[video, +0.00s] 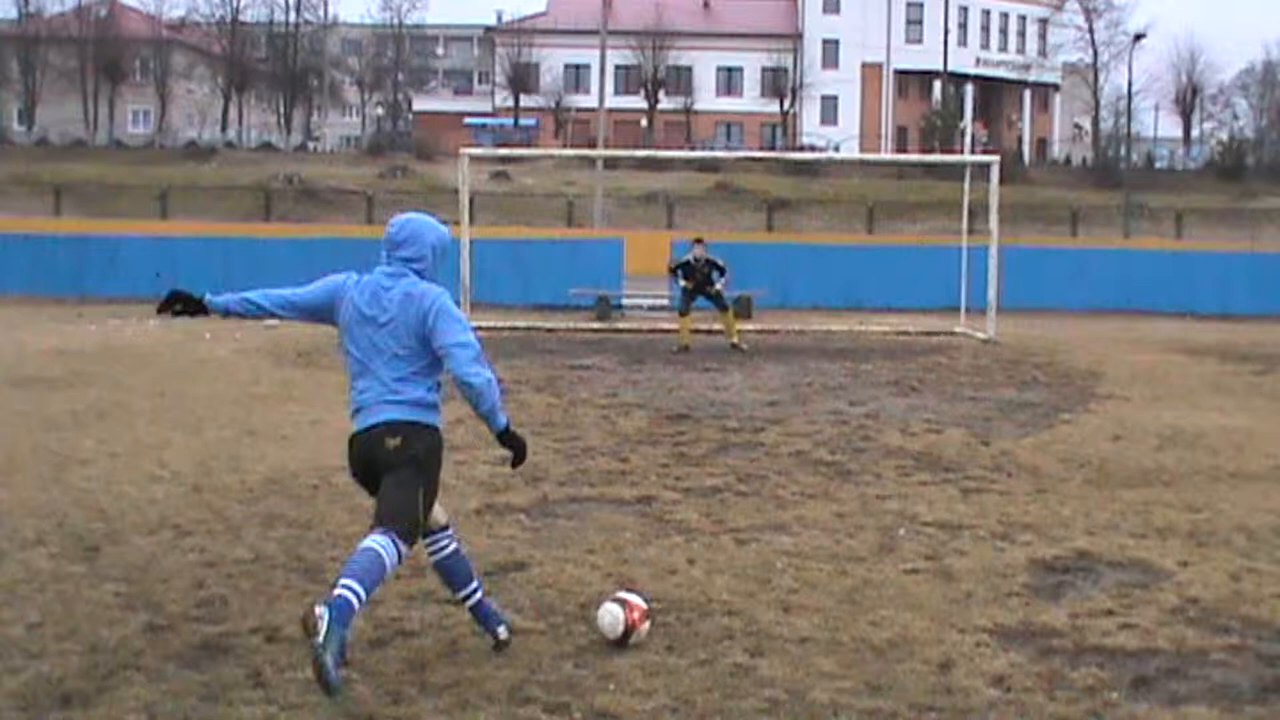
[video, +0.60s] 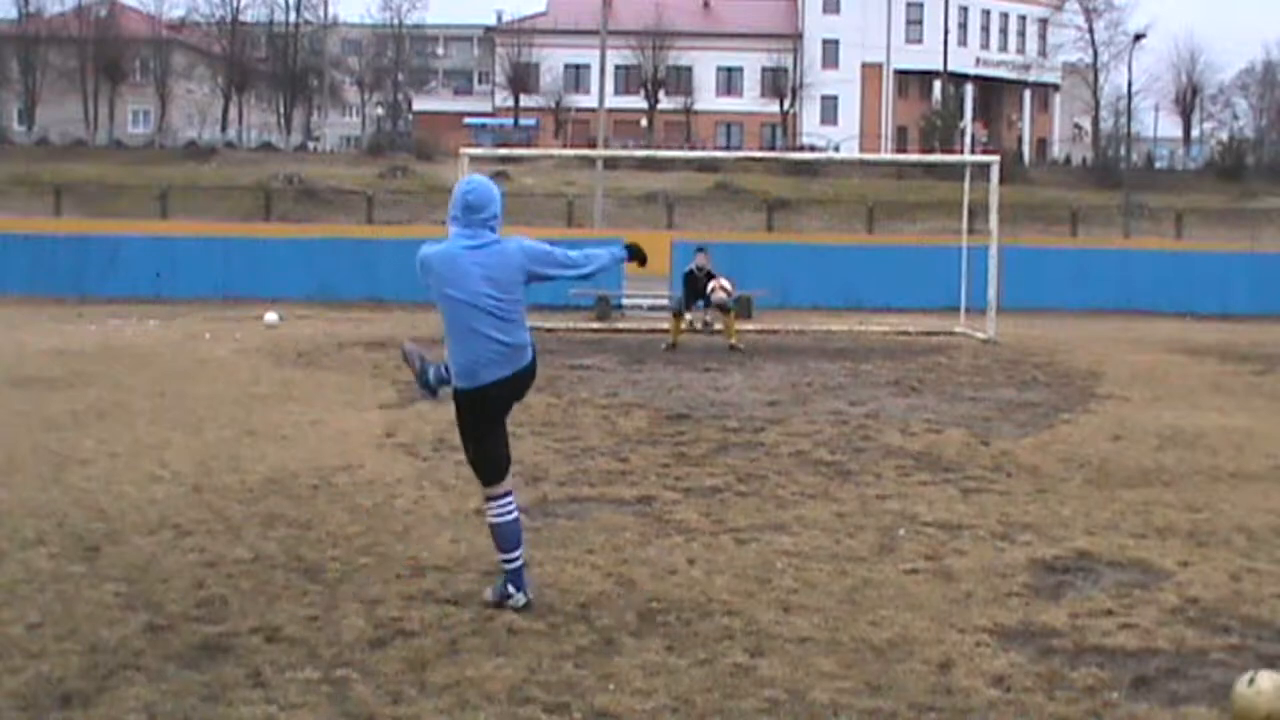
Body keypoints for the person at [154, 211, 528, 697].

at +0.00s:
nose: (440, 263)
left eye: (438, 255)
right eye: (439, 256)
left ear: (390, 249)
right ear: (428, 256)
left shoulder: (351, 289)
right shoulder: (432, 299)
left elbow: (280, 301)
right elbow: (467, 367)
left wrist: (209, 303)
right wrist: (502, 427)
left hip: (363, 442)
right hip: (414, 437)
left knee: (432, 523)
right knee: (393, 536)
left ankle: (490, 620)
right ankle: (336, 614)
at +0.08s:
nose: (461, 274)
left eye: (459, 265)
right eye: (459, 266)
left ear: (410, 264)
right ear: (449, 270)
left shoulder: (372, 309)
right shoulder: (457, 317)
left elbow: (309, 351)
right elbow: (477, 392)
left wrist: (249, 385)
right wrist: (501, 453)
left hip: (416, 456)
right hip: (461, 443)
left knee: (480, 542)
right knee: (475, 532)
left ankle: (529, 615)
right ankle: (393, 524)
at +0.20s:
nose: (477, 266)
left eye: (473, 259)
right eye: (475, 260)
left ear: (426, 261)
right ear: (468, 262)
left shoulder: (398, 320)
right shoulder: (479, 309)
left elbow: (398, 396)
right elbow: (494, 380)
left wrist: (406, 450)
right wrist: (505, 438)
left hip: (448, 450)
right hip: (499, 439)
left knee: (503, 523)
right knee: (564, 509)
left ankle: (543, 613)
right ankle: (571, 597)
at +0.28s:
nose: (486, 243)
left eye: (484, 237)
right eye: (484, 237)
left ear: (434, 240)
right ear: (476, 239)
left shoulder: (412, 294)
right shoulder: (490, 282)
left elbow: (443, 352)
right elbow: (527, 345)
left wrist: (503, 367)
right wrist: (564, 394)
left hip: (449, 426)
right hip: (499, 412)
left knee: (500, 511)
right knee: (549, 478)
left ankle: (540, 609)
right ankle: (602, 504)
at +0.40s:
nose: (506, 222)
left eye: (503, 215)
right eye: (502, 215)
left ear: (454, 217)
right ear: (492, 218)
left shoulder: (427, 260)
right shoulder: (503, 258)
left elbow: (484, 273)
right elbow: (567, 293)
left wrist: (541, 257)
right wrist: (634, 310)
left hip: (452, 393)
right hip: (504, 381)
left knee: (499, 492)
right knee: (505, 310)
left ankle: (533, 596)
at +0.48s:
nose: (504, 216)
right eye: (502, 209)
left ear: (455, 208)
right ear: (496, 210)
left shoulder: (427, 249)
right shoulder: (510, 248)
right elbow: (574, 271)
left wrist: (523, 251)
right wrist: (636, 275)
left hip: (460, 383)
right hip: (511, 370)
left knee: (501, 482)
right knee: (514, 330)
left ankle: (532, 586)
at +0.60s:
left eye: (454, 209)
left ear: (454, 213)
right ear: (496, 214)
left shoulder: (433, 258)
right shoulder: (516, 251)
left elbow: (435, 296)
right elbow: (574, 263)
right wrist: (621, 251)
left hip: (477, 386)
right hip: (522, 371)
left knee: (496, 488)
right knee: (472, 353)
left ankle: (515, 584)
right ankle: (434, 376)